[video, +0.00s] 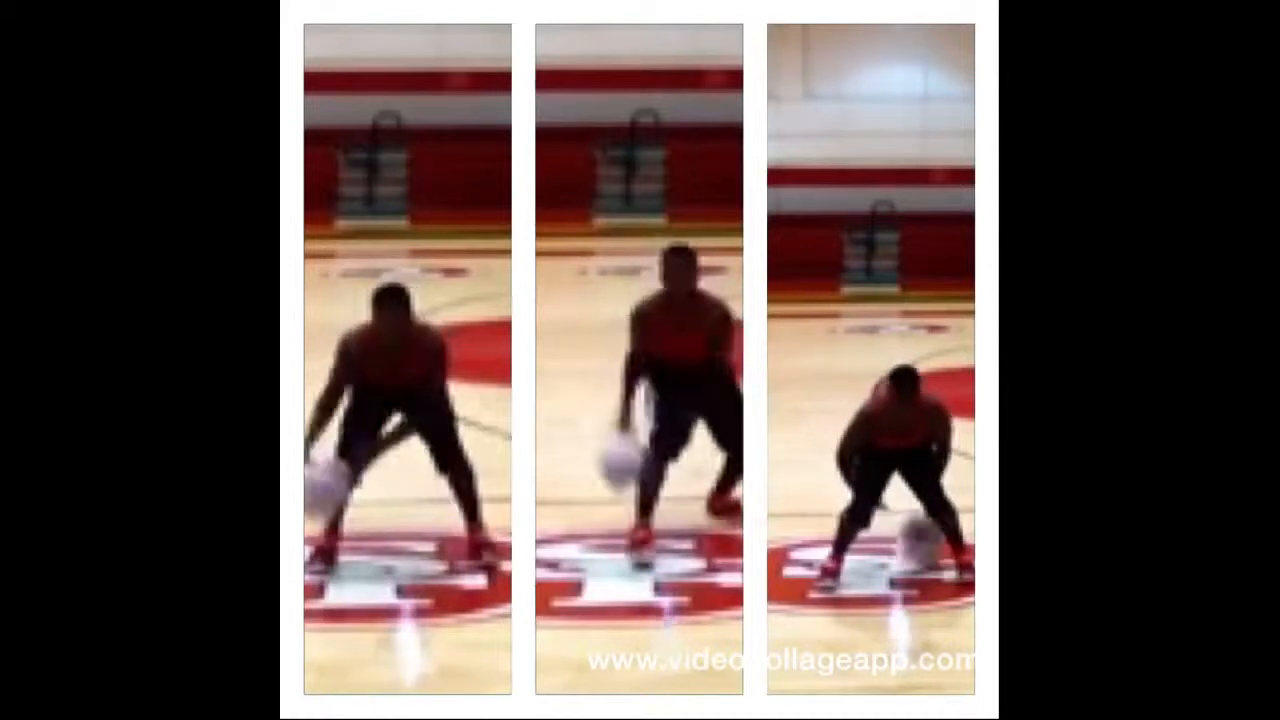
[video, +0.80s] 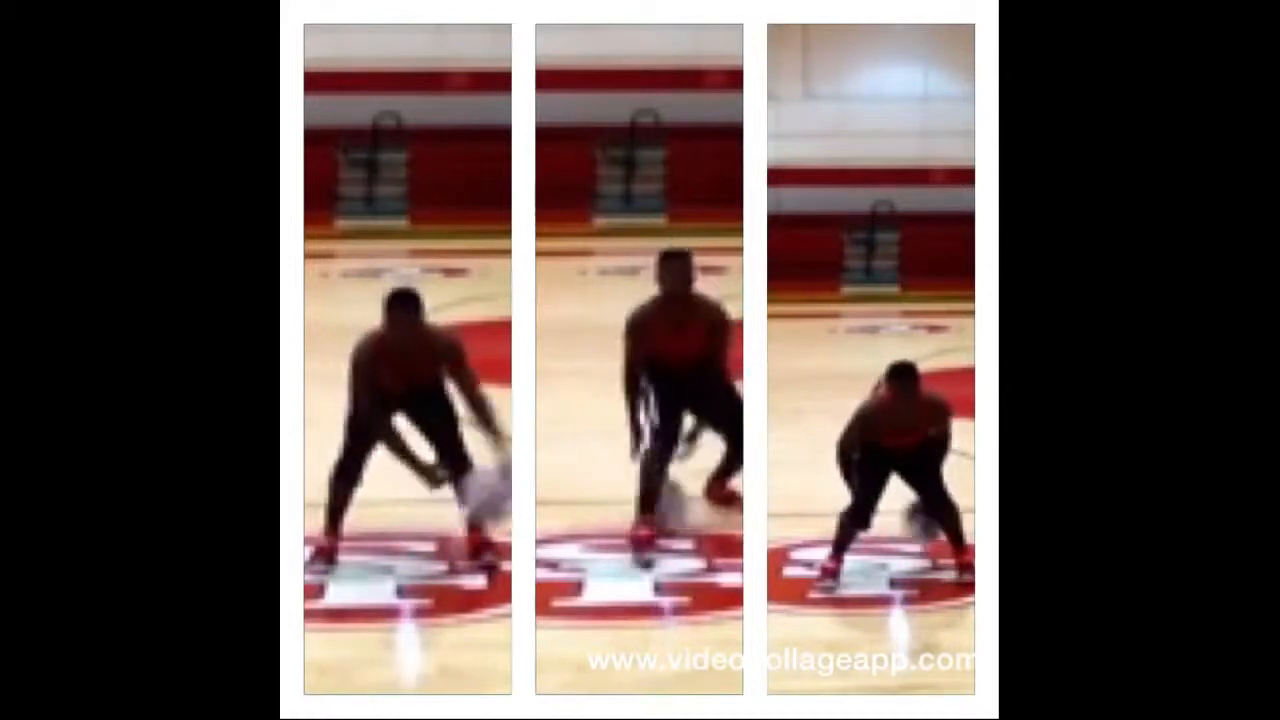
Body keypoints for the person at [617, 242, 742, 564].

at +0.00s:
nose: (678, 281)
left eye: (684, 274)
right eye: (672, 274)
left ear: (695, 274)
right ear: (663, 275)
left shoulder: (715, 313)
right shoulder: (647, 315)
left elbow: (726, 363)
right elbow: (634, 364)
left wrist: (734, 400)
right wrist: (626, 413)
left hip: (711, 383)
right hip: (670, 386)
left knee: (741, 444)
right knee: (664, 445)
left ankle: (720, 497)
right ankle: (643, 521)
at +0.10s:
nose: (673, 271)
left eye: (680, 264)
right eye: (667, 263)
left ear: (691, 264)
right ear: (658, 263)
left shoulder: (713, 302)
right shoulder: (642, 296)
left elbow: (738, 345)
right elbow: (617, 329)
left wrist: (739, 380)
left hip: (709, 369)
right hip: (663, 367)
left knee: (735, 437)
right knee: (642, 441)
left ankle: (721, 493)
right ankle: (634, 516)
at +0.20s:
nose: (671, 269)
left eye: (678, 262)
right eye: (665, 261)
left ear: (690, 263)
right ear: (658, 260)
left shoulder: (712, 298)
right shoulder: (637, 292)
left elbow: (740, 339)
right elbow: (599, 328)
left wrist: (739, 382)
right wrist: (568, 372)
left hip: (704, 367)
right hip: (659, 364)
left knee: (719, 428)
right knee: (627, 431)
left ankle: (736, 486)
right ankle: (634, 498)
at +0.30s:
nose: (674, 280)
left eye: (680, 272)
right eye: (668, 272)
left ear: (691, 273)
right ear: (658, 272)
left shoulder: (712, 311)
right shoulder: (638, 308)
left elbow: (730, 366)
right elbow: (624, 357)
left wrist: (730, 412)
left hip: (698, 376)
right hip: (653, 373)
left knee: (706, 436)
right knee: (609, 433)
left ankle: (734, 509)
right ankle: (633, 499)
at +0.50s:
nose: (681, 273)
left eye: (687, 265)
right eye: (674, 265)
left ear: (698, 265)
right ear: (665, 266)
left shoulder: (714, 298)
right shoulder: (644, 308)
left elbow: (742, 338)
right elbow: (630, 370)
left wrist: (746, 384)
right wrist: (642, 416)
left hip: (692, 366)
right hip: (647, 369)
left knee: (713, 433)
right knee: (618, 441)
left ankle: (737, 508)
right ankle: (632, 498)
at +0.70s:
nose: (678, 272)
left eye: (684, 264)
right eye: (671, 264)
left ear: (695, 265)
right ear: (661, 266)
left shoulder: (716, 300)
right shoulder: (643, 308)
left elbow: (740, 345)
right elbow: (619, 360)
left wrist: (748, 387)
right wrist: (620, 413)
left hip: (701, 364)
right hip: (657, 369)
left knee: (738, 426)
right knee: (648, 437)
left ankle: (719, 483)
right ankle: (638, 515)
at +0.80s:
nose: (676, 285)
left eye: (682, 277)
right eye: (670, 277)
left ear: (692, 278)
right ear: (659, 279)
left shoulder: (713, 316)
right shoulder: (642, 321)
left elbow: (717, 374)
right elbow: (632, 377)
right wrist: (635, 424)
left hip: (704, 383)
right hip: (663, 386)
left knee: (744, 432)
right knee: (660, 445)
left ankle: (718, 484)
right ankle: (646, 516)